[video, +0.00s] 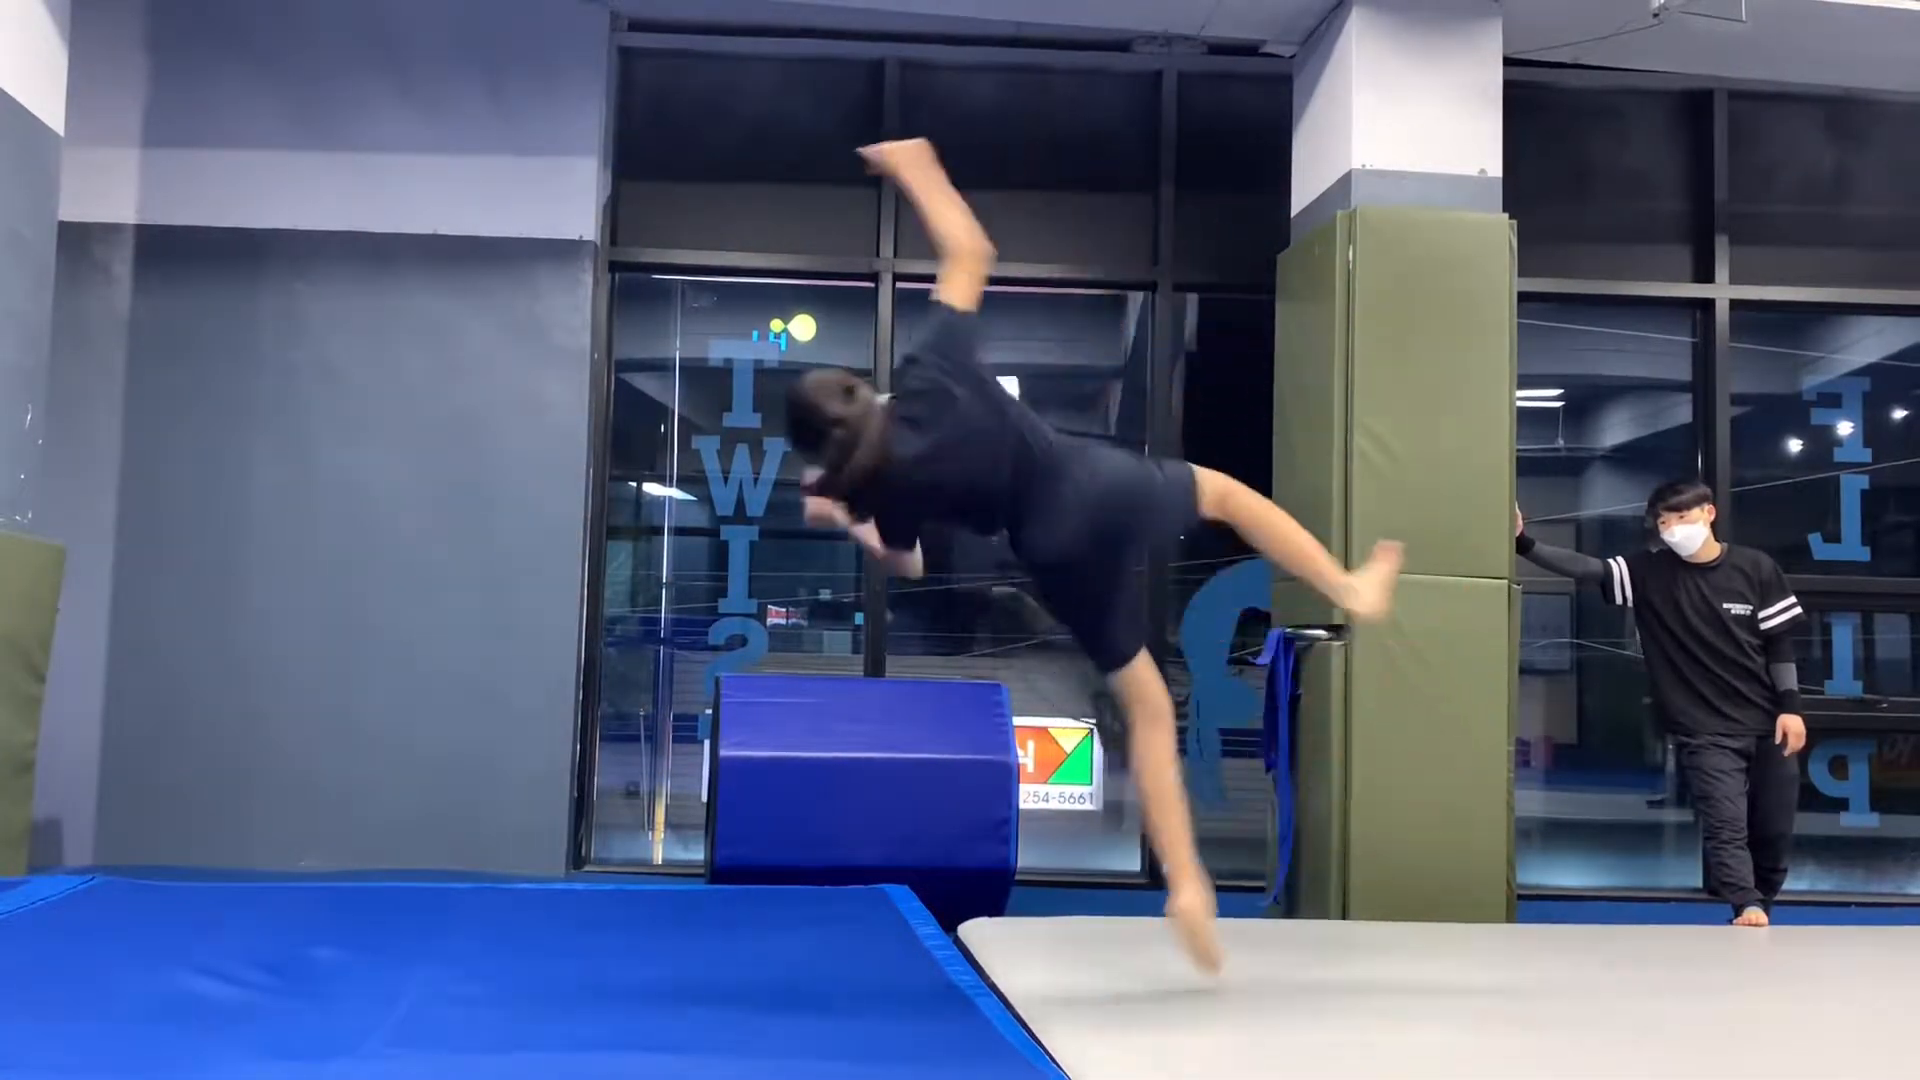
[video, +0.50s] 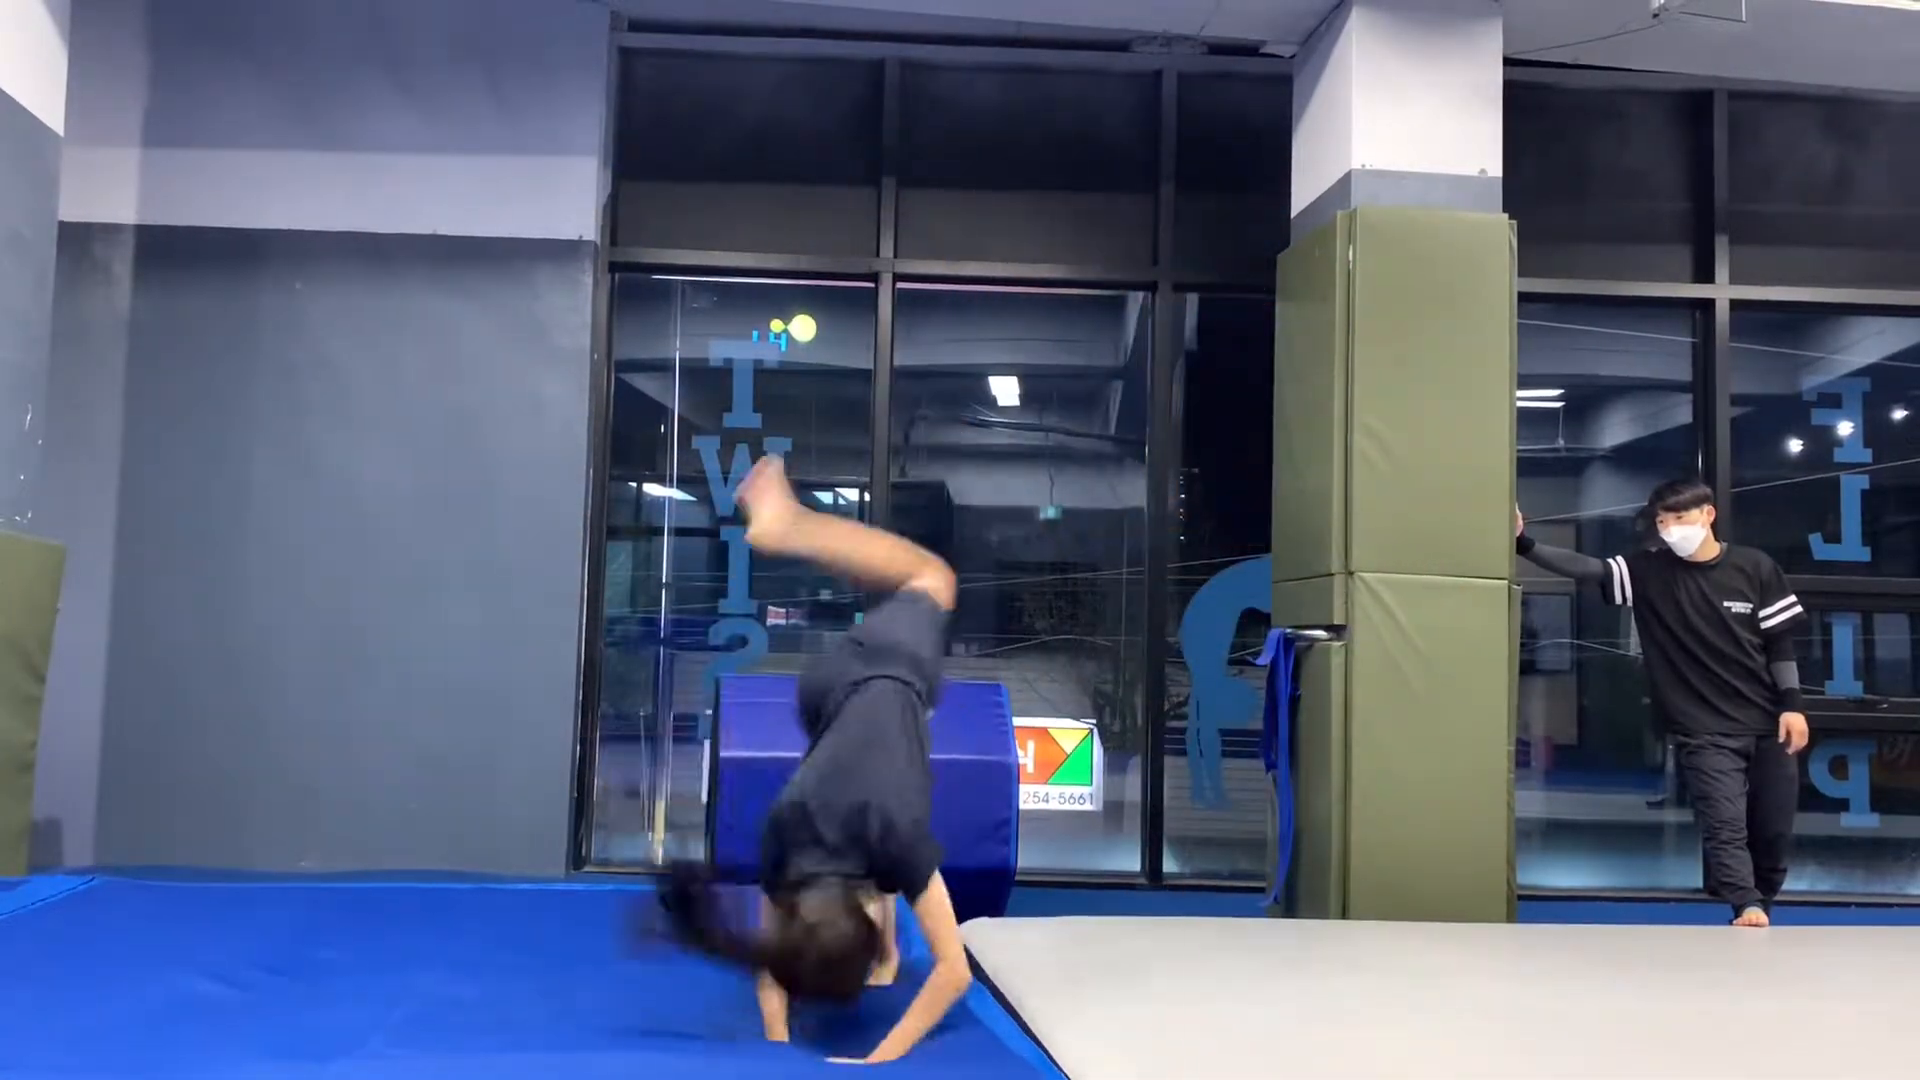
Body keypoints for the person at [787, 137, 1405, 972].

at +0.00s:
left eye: (818, 444)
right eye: (840, 390)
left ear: (826, 451)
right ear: (859, 384)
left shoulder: (886, 493)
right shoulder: (933, 363)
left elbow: (904, 564)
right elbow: (966, 250)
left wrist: (852, 522)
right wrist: (917, 168)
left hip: (1053, 551)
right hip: (1098, 482)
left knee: (1146, 710)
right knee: (1222, 495)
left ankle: (1187, 885)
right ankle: (1349, 590)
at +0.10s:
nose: (791, 529)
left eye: (786, 521)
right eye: (782, 514)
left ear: (800, 509)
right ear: (802, 436)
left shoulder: (878, 521)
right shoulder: (859, 395)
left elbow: (934, 614)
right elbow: (828, 311)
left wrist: (868, 656)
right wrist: (743, 306)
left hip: (1063, 492)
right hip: (1078, 422)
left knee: (1181, 632)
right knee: (1120, 522)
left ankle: (1331, 727)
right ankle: (1216, 585)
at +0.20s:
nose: (790, 610)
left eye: (789, 592)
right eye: (772, 603)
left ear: (806, 553)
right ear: (753, 570)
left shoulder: (868, 549)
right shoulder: (768, 517)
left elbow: (916, 681)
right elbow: (690, 549)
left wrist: (857, 783)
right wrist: (649, 579)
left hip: (1049, 470)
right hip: (991, 483)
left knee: (1196, 562)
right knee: (958, 583)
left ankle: (1356, 471)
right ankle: (1074, 678)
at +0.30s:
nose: (789, 718)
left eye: (787, 706)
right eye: (774, 713)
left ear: (799, 669)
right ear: (755, 691)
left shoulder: (860, 654)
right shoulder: (763, 669)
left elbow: (865, 805)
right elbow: (738, 777)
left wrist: (840, 925)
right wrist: (690, 865)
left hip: (980, 522)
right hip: (946, 566)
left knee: (1166, 485)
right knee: (928, 699)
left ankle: (1216, 318)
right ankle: (917, 832)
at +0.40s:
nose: (823, 877)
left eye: (816, 865)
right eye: (808, 876)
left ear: (818, 832)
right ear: (782, 851)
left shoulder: (882, 799)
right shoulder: (781, 808)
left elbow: (883, 946)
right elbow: (801, 935)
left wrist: (870, 1055)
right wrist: (783, 1042)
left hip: (936, 639)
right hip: (876, 657)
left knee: (1046, 498)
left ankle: (978, 353)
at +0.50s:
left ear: (861, 943)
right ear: (792, 923)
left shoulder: (902, 851)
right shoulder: (779, 846)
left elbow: (955, 970)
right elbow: (773, 954)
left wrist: (883, 1058)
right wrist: (777, 1048)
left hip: (894, 681)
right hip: (821, 691)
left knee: (932, 578)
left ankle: (782, 523)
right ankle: (887, 953)